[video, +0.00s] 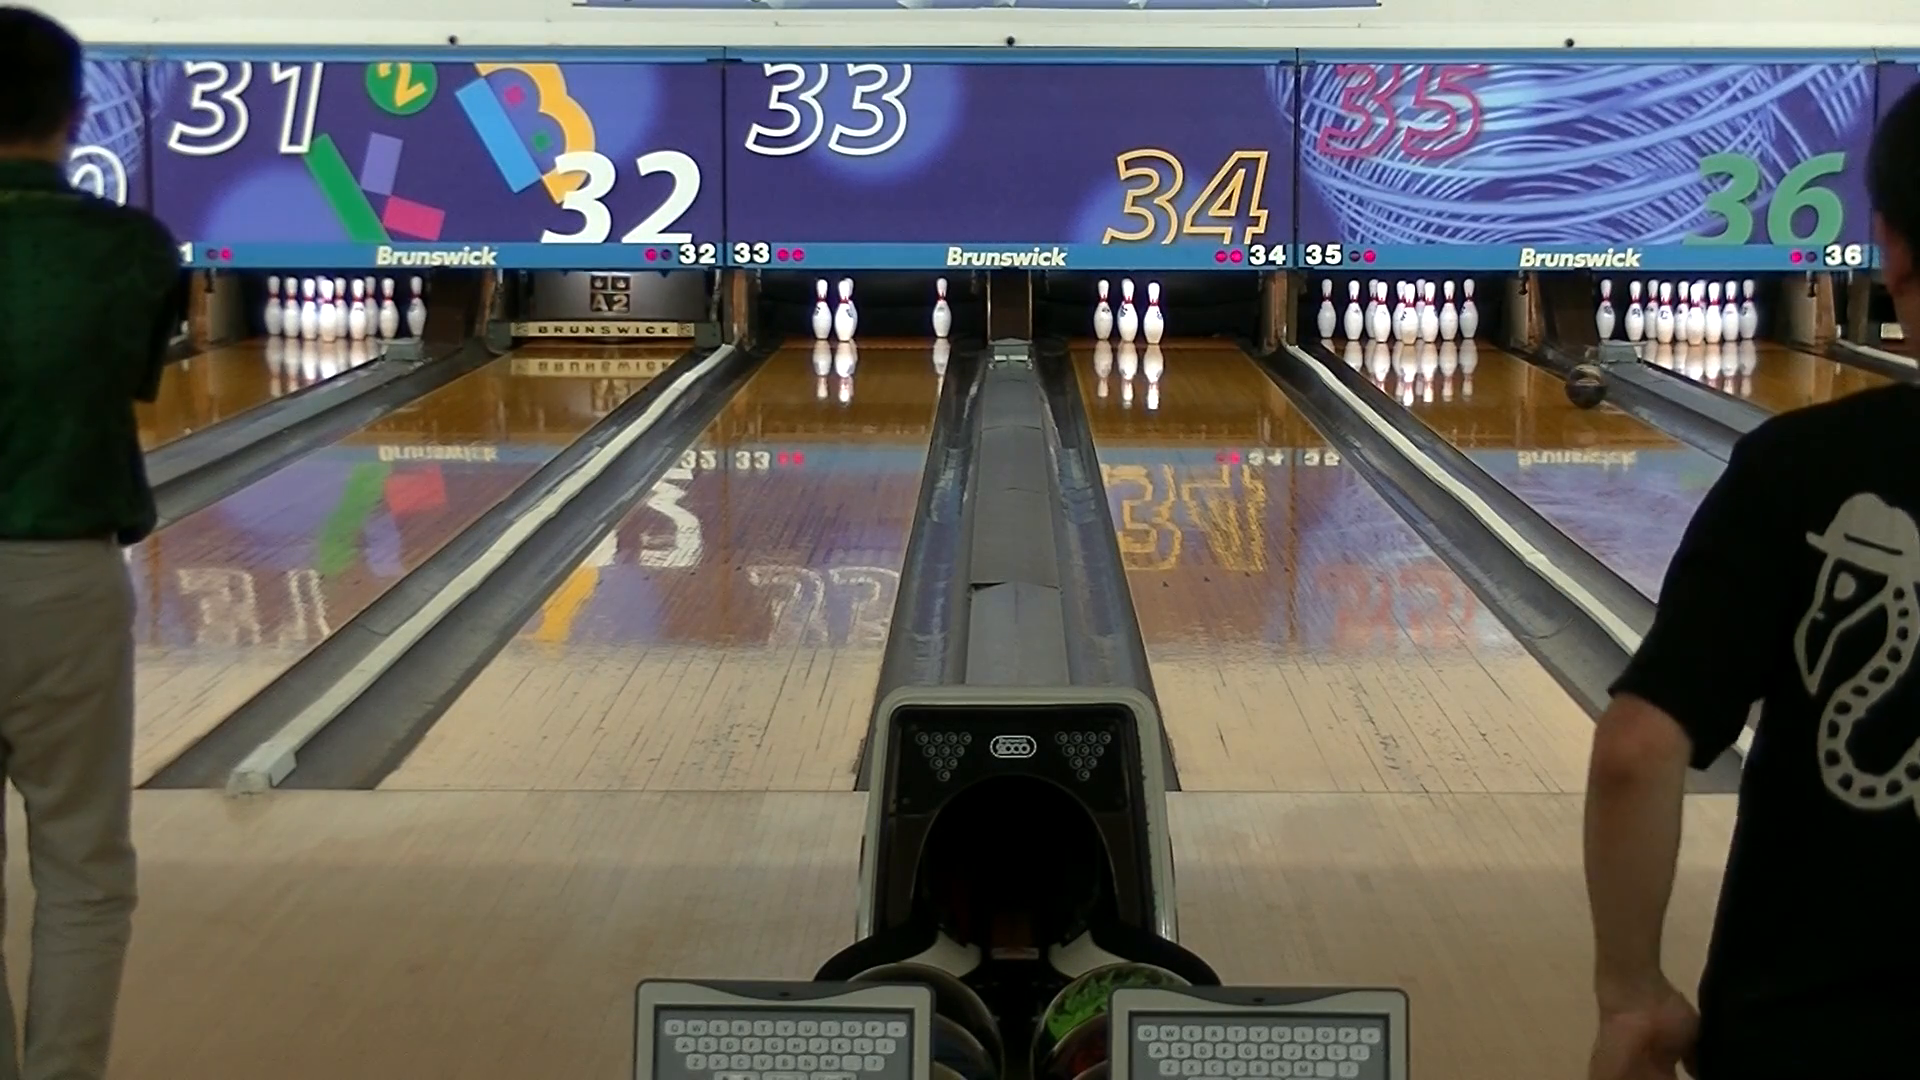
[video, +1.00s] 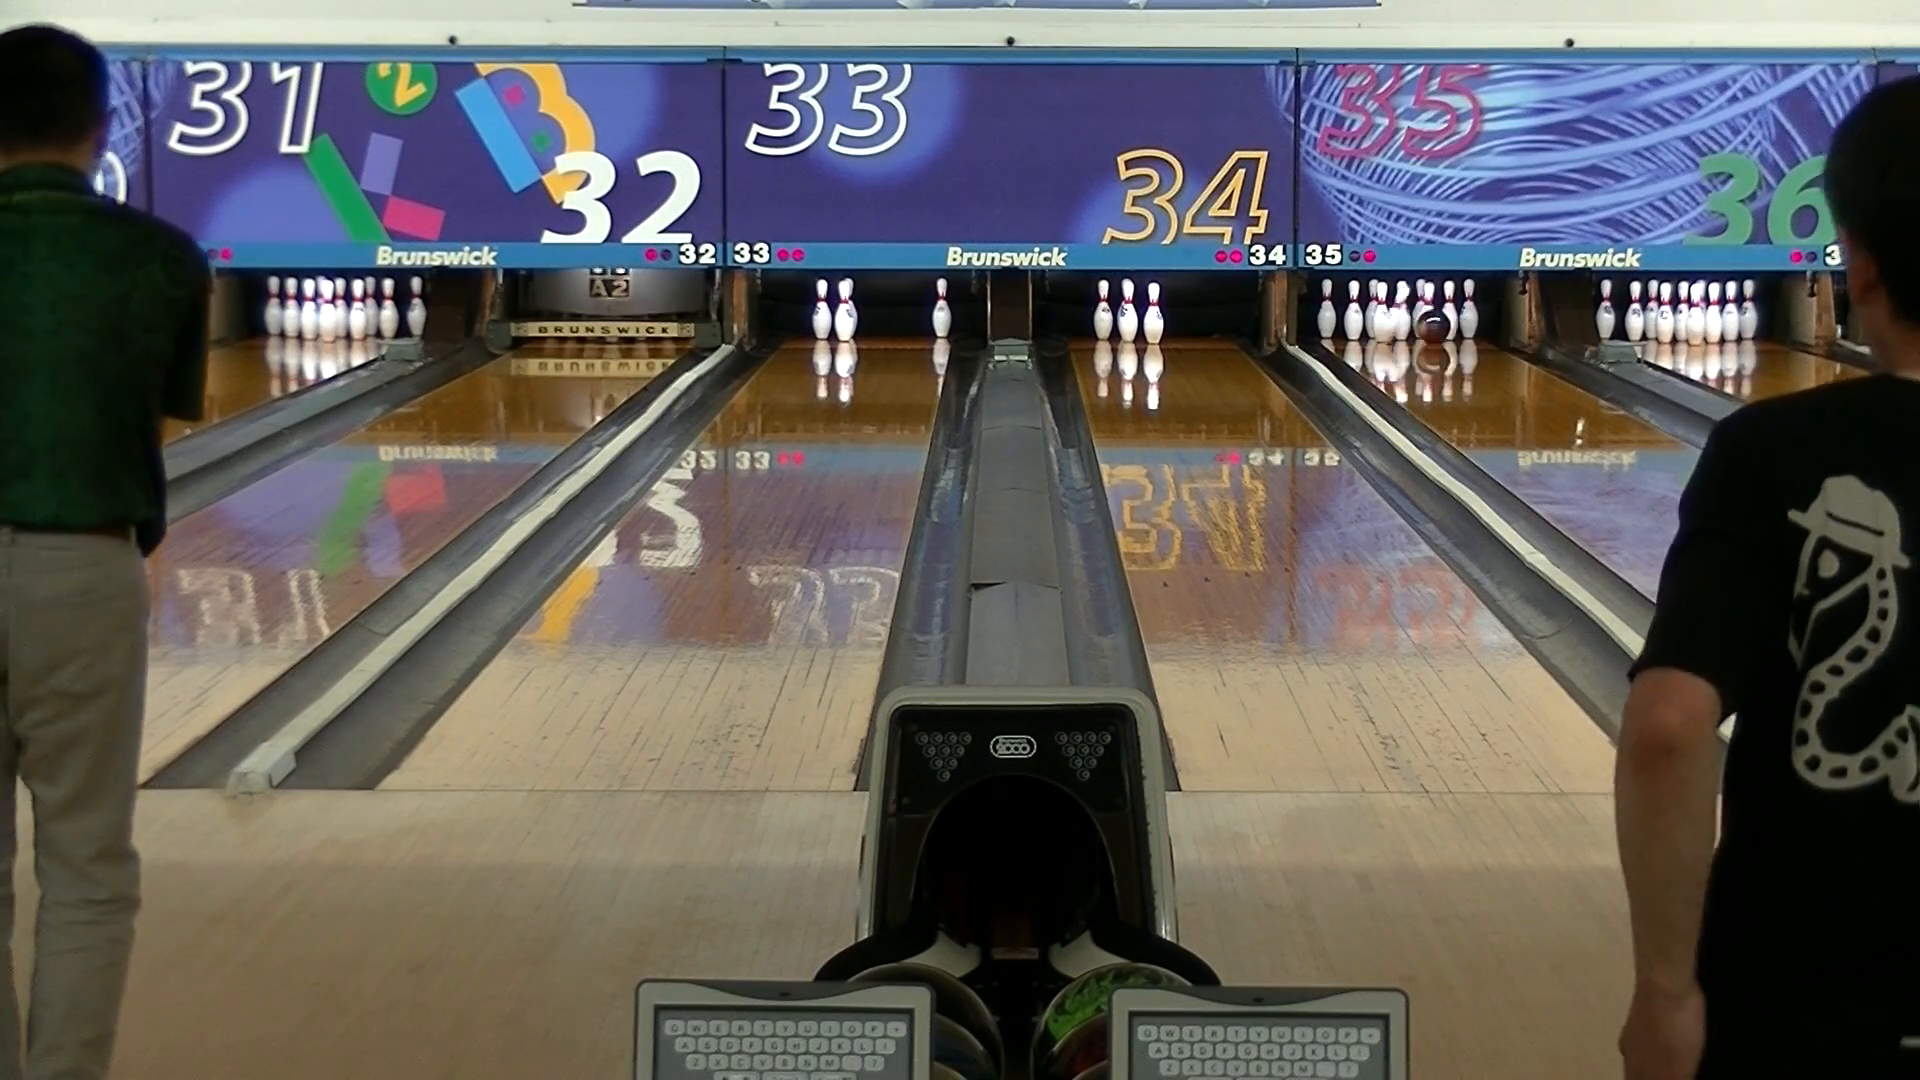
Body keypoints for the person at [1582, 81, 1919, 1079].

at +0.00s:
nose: (1878, 255)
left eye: (1877, 233)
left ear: (1893, 251)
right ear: (1898, 251)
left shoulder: (1810, 465)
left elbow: (1634, 748)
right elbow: (1636, 747)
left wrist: (1631, 994)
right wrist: (1634, 994)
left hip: (1798, 1013)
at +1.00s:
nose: (1839, 258)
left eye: (1841, 236)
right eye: (1842, 233)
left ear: (1861, 264)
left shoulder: (1775, 452)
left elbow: (1667, 722)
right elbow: (1668, 722)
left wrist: (1665, 989)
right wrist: (1668, 990)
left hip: (1803, 1003)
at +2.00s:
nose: (1341, 318)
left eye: (1331, 285)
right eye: (1332, 290)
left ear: (1355, 277)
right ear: (1495, 234)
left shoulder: (1359, 467)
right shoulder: (1675, 417)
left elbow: (1311, 775)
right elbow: (1770, 703)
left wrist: (1249, 870)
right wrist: (1652, 784)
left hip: (1448, 984)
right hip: (1645, 979)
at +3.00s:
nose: (1031, 670)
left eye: (1001, 646)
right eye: (1001, 659)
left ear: (1017, 577)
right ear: (1083, 524)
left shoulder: (1095, 593)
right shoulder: (1251, 532)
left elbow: (1173, 850)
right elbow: (1315, 800)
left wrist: (1149, 1037)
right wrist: (1184, 954)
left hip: (1441, 869)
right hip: (1545, 828)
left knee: (1493, 1067)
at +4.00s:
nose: (1145, 415)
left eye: (1129, 377)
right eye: (1123, 388)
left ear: (1193, 307)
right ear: (1199, 303)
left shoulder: (1273, 442)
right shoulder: (1434, 387)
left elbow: (1312, 711)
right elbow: (1437, 635)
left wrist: (1197, 791)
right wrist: (1240, 655)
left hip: (1379, 952)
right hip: (1526, 918)